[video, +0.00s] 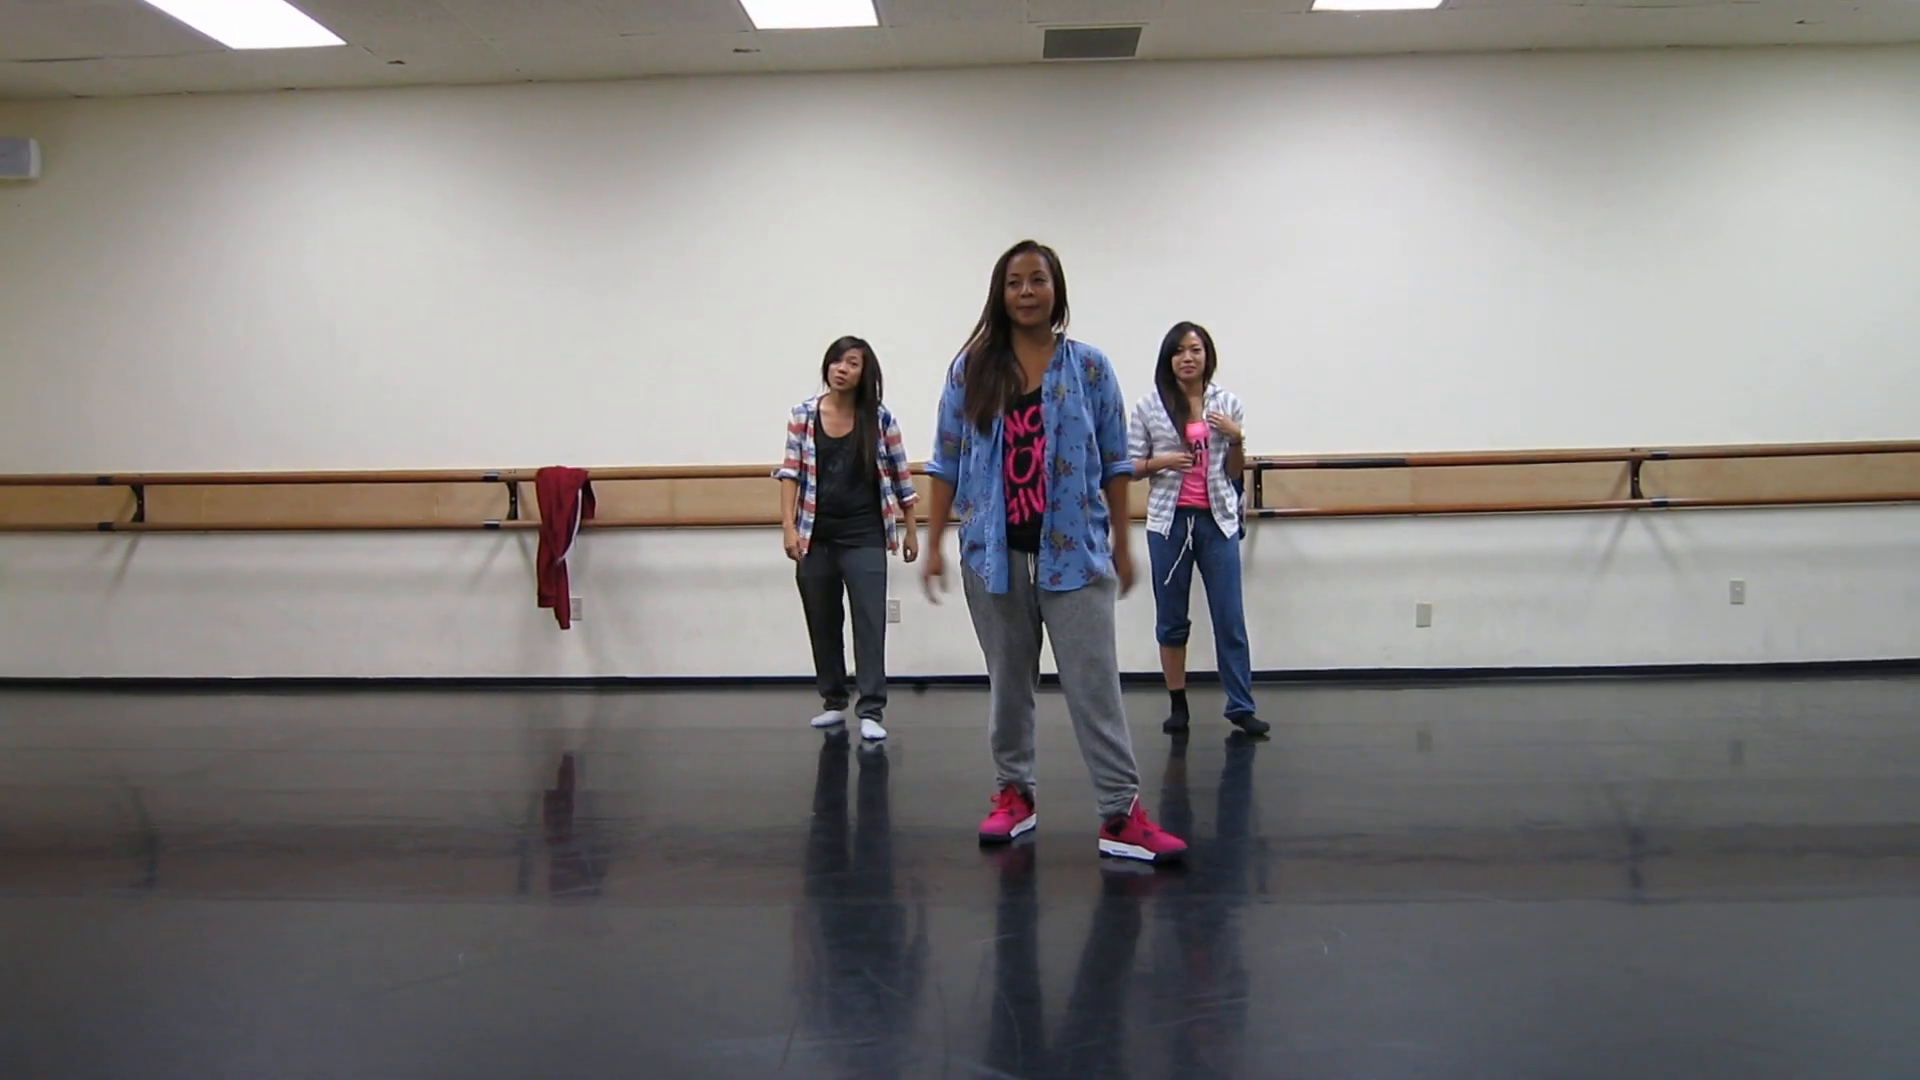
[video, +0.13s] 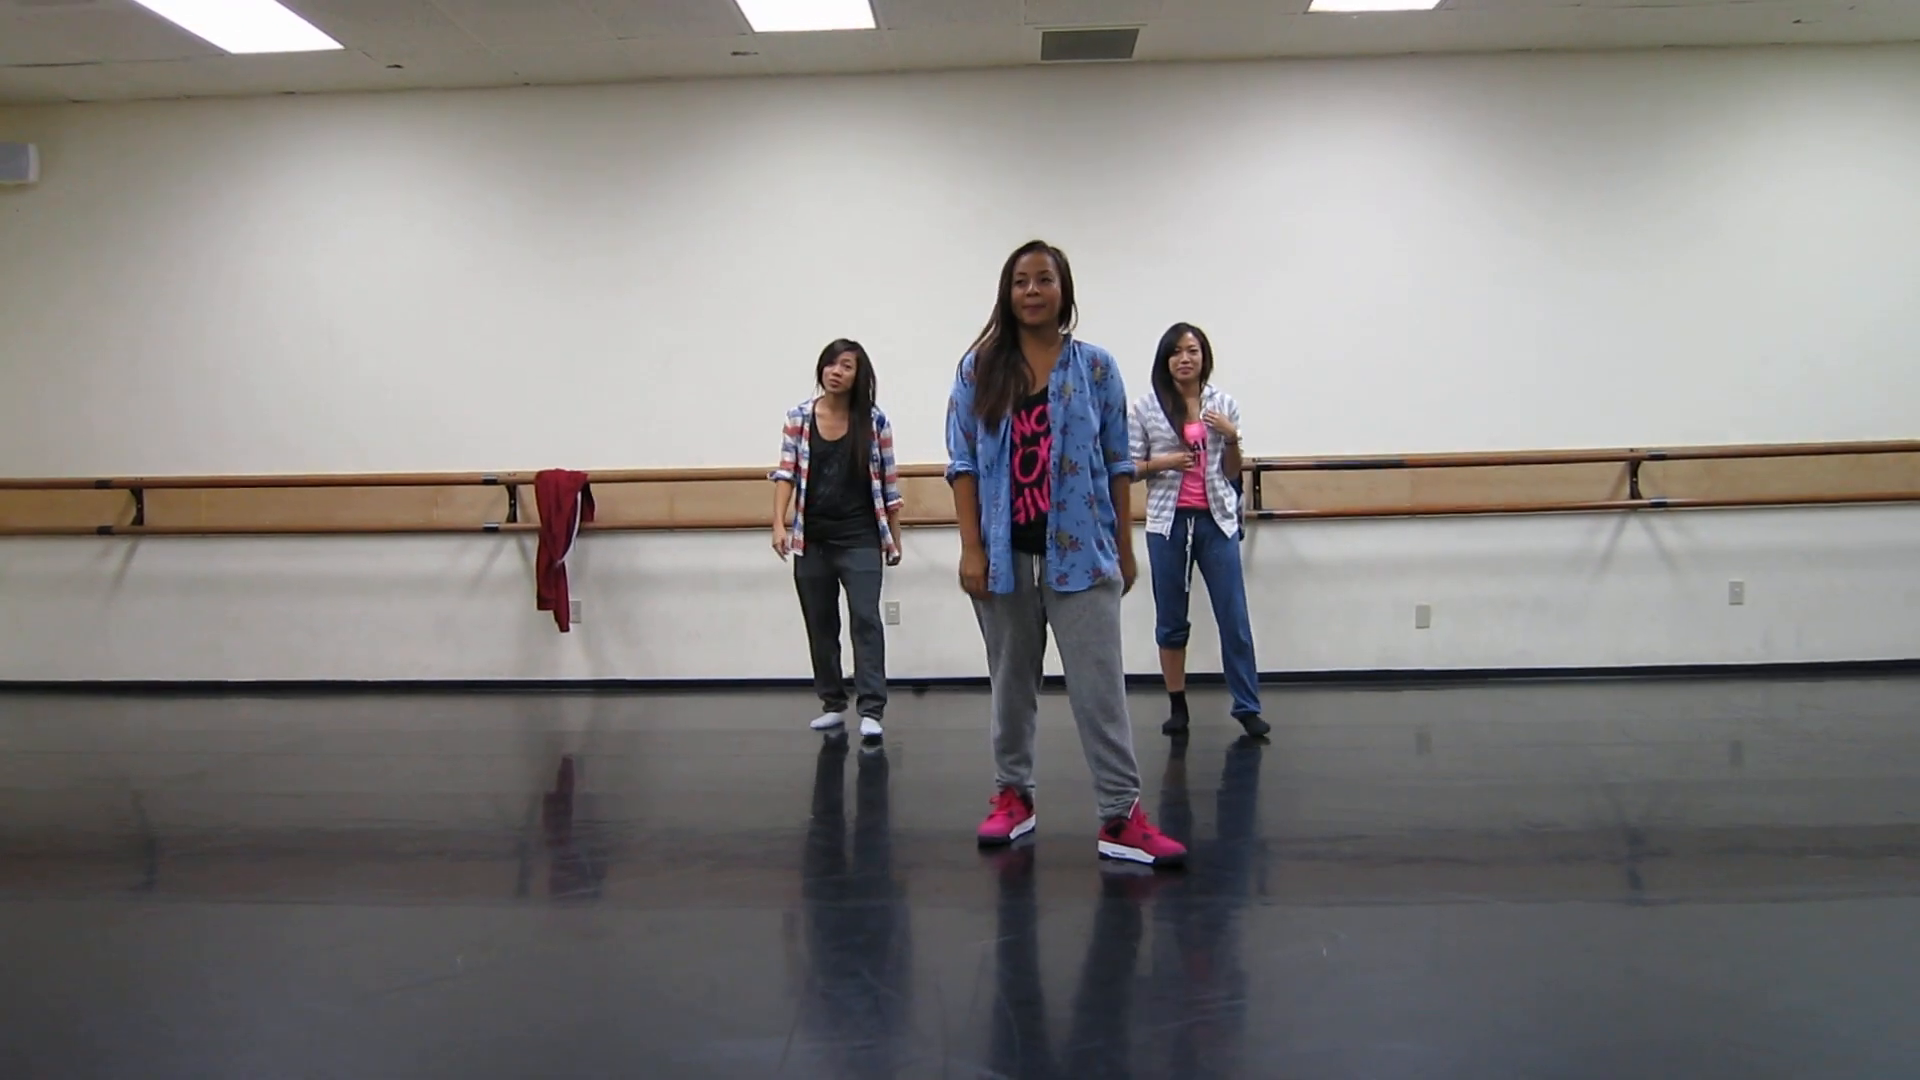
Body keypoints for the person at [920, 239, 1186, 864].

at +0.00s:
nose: (1028, 290)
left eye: (1038, 279)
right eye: (1016, 281)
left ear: (1058, 289)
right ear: (999, 293)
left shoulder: (1089, 366)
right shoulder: (970, 370)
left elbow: (1116, 462)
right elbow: (945, 463)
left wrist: (1122, 542)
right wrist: (933, 544)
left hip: (1075, 556)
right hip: (994, 558)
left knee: (1095, 683)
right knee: (1009, 684)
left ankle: (1121, 814)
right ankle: (1013, 797)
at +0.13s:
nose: (1033, 290)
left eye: (1044, 280)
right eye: (1022, 281)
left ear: (1065, 289)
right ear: (1006, 293)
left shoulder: (1096, 365)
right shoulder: (978, 370)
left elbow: (1118, 460)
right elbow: (964, 463)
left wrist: (1124, 540)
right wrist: (970, 545)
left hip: (1084, 554)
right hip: (1004, 556)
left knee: (1102, 687)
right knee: (1010, 685)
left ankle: (1121, 817)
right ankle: (1012, 798)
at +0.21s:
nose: (1038, 286)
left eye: (1050, 277)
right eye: (1028, 278)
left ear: (1072, 289)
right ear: (1012, 292)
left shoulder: (1103, 366)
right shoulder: (983, 370)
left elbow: (1131, 461)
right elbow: (959, 456)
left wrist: (1142, 539)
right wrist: (967, 535)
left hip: (1089, 556)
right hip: (1007, 557)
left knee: (1102, 689)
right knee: (1013, 686)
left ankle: (1120, 818)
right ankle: (1011, 800)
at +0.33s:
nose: (1052, 284)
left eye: (1063, 275)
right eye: (1040, 277)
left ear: (1085, 288)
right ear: (1025, 292)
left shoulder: (1115, 367)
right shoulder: (994, 365)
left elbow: (1144, 464)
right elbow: (965, 451)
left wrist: (1161, 544)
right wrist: (958, 526)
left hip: (1096, 559)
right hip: (1013, 560)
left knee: (1106, 695)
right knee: (1015, 689)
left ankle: (1120, 822)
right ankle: (1008, 803)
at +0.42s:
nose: (1063, 284)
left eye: (1074, 275)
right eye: (1051, 278)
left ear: (1095, 291)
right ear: (1035, 295)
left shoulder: (1125, 371)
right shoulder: (1004, 366)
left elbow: (1151, 468)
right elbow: (975, 452)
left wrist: (1165, 549)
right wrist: (958, 530)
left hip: (1102, 563)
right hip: (1021, 561)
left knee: (1109, 698)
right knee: (1020, 691)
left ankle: (1118, 823)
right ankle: (1008, 805)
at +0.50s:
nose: (1075, 287)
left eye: (1085, 278)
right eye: (1062, 281)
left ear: (1104, 294)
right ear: (1045, 299)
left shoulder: (1131, 379)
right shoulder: (1012, 370)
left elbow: (1151, 475)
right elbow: (982, 463)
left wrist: (1161, 554)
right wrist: (964, 546)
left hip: (1105, 565)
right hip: (1024, 563)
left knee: (1110, 700)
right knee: (1020, 693)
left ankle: (1113, 826)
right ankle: (1005, 806)